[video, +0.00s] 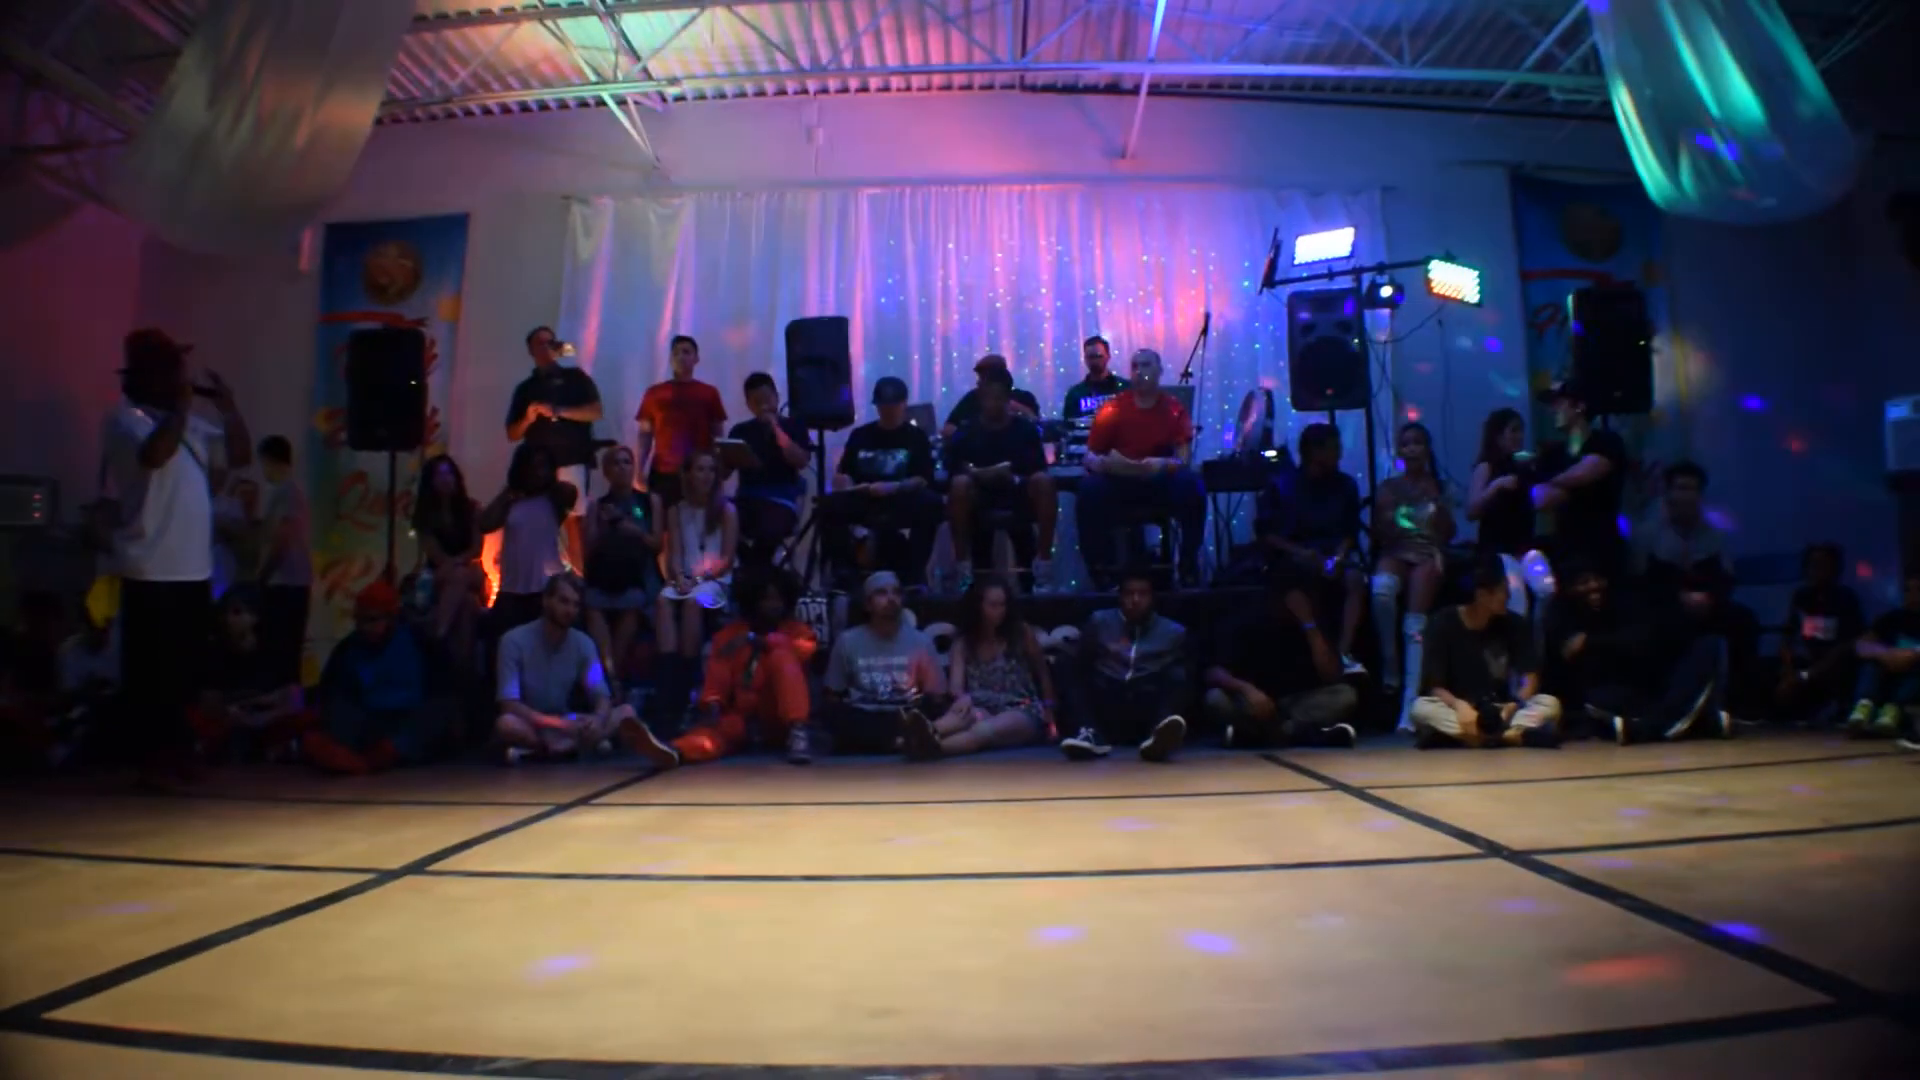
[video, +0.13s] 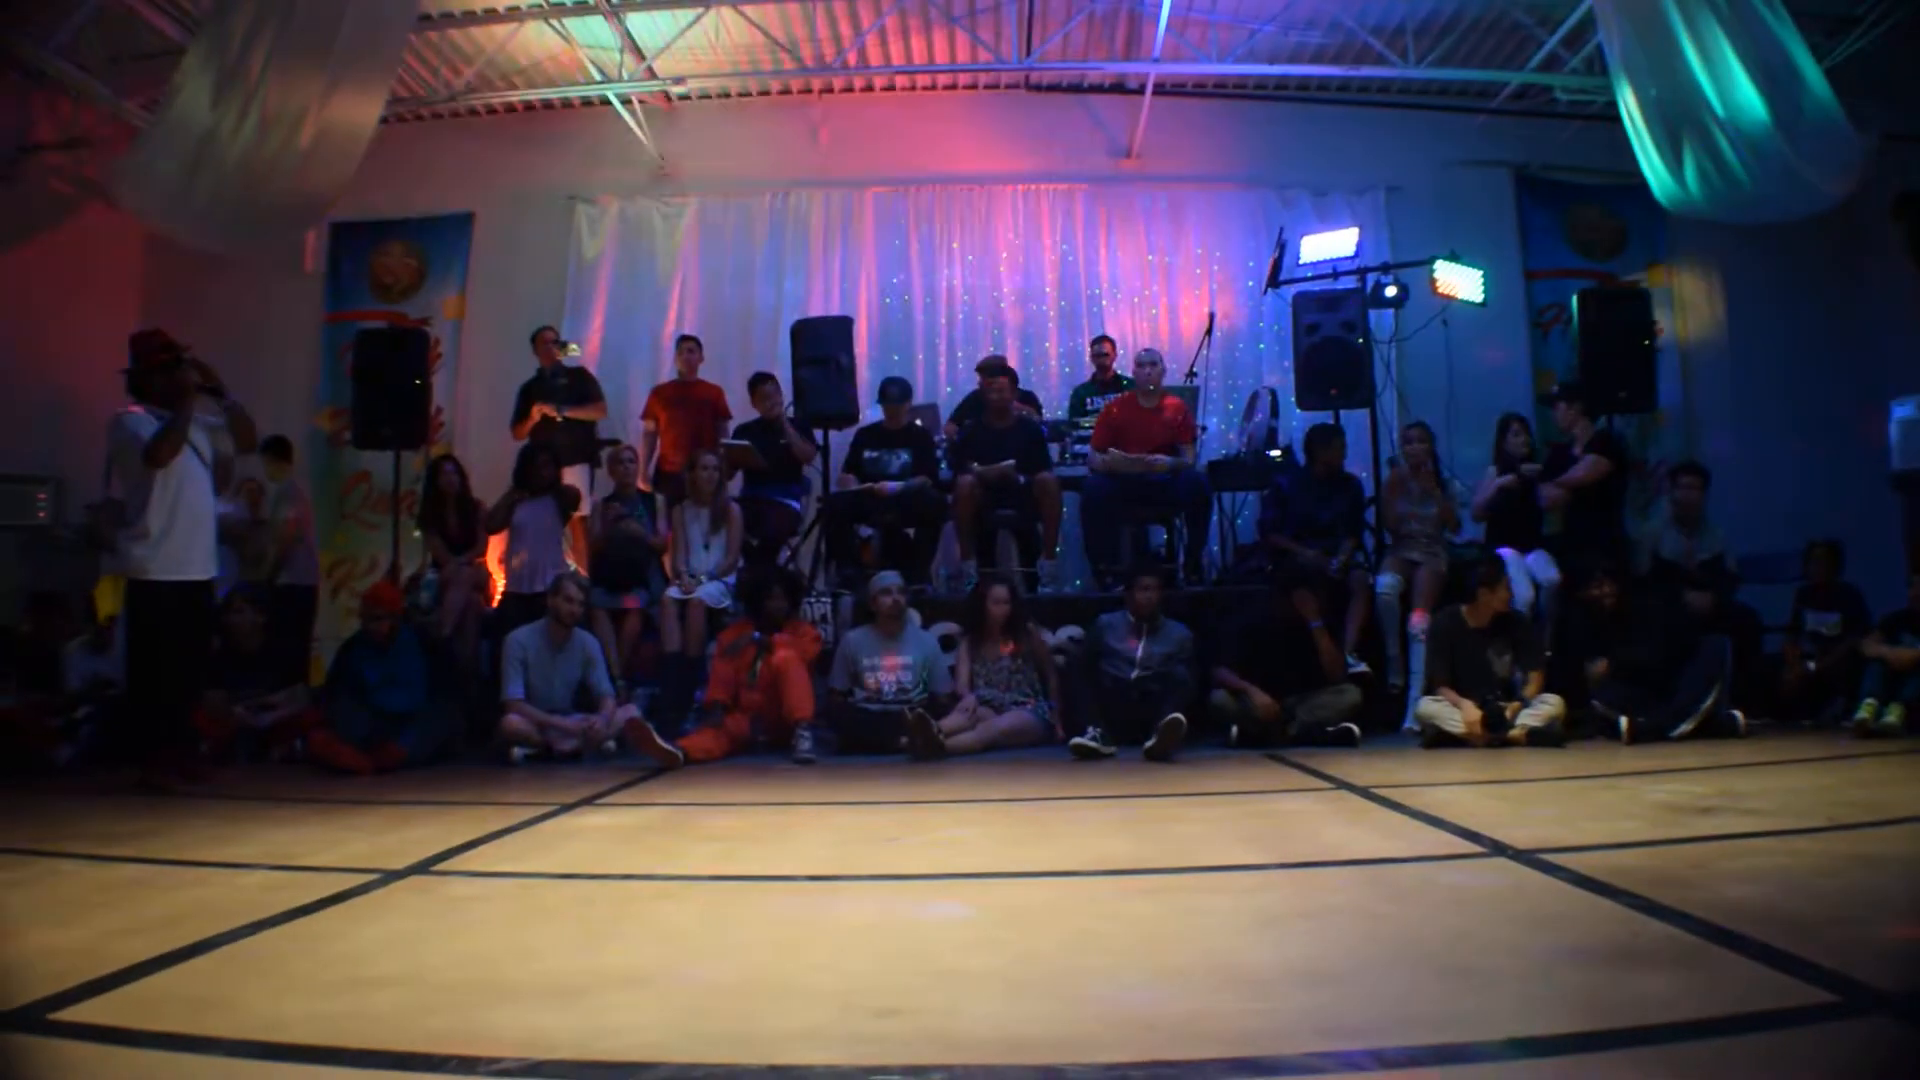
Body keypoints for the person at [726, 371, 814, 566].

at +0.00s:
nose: (764, 404)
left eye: (768, 397)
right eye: (757, 399)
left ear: (777, 398)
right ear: (748, 402)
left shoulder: (793, 428)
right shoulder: (741, 431)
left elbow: (801, 460)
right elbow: (725, 470)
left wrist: (777, 430)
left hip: (781, 494)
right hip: (749, 494)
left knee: (770, 531)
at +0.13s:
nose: (772, 402)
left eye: (775, 395)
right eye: (765, 398)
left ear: (782, 395)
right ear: (754, 402)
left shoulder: (797, 427)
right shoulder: (745, 431)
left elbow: (808, 456)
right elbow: (729, 473)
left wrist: (786, 427)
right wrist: (734, 456)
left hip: (785, 494)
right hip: (752, 494)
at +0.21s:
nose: (774, 400)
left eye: (777, 394)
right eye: (767, 396)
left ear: (783, 394)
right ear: (756, 401)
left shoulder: (798, 426)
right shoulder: (745, 431)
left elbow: (809, 454)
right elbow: (730, 472)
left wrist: (789, 423)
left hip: (787, 494)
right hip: (753, 495)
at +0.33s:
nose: (773, 400)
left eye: (776, 394)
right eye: (766, 396)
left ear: (781, 395)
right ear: (753, 402)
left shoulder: (796, 427)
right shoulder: (743, 431)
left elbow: (807, 455)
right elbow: (729, 473)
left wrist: (788, 423)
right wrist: (731, 454)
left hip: (786, 494)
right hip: (753, 494)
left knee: (775, 526)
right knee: (737, 525)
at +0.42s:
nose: (772, 401)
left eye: (775, 394)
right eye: (765, 397)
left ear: (781, 396)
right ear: (753, 402)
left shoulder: (795, 427)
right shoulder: (743, 432)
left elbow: (807, 456)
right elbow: (728, 473)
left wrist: (788, 424)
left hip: (785, 494)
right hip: (752, 494)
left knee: (775, 526)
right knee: (735, 525)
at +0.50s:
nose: (772, 401)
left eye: (775, 394)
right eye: (765, 396)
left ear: (780, 396)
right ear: (753, 402)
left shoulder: (795, 428)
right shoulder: (742, 432)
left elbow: (806, 456)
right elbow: (727, 473)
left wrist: (786, 423)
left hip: (785, 495)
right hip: (751, 495)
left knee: (773, 527)